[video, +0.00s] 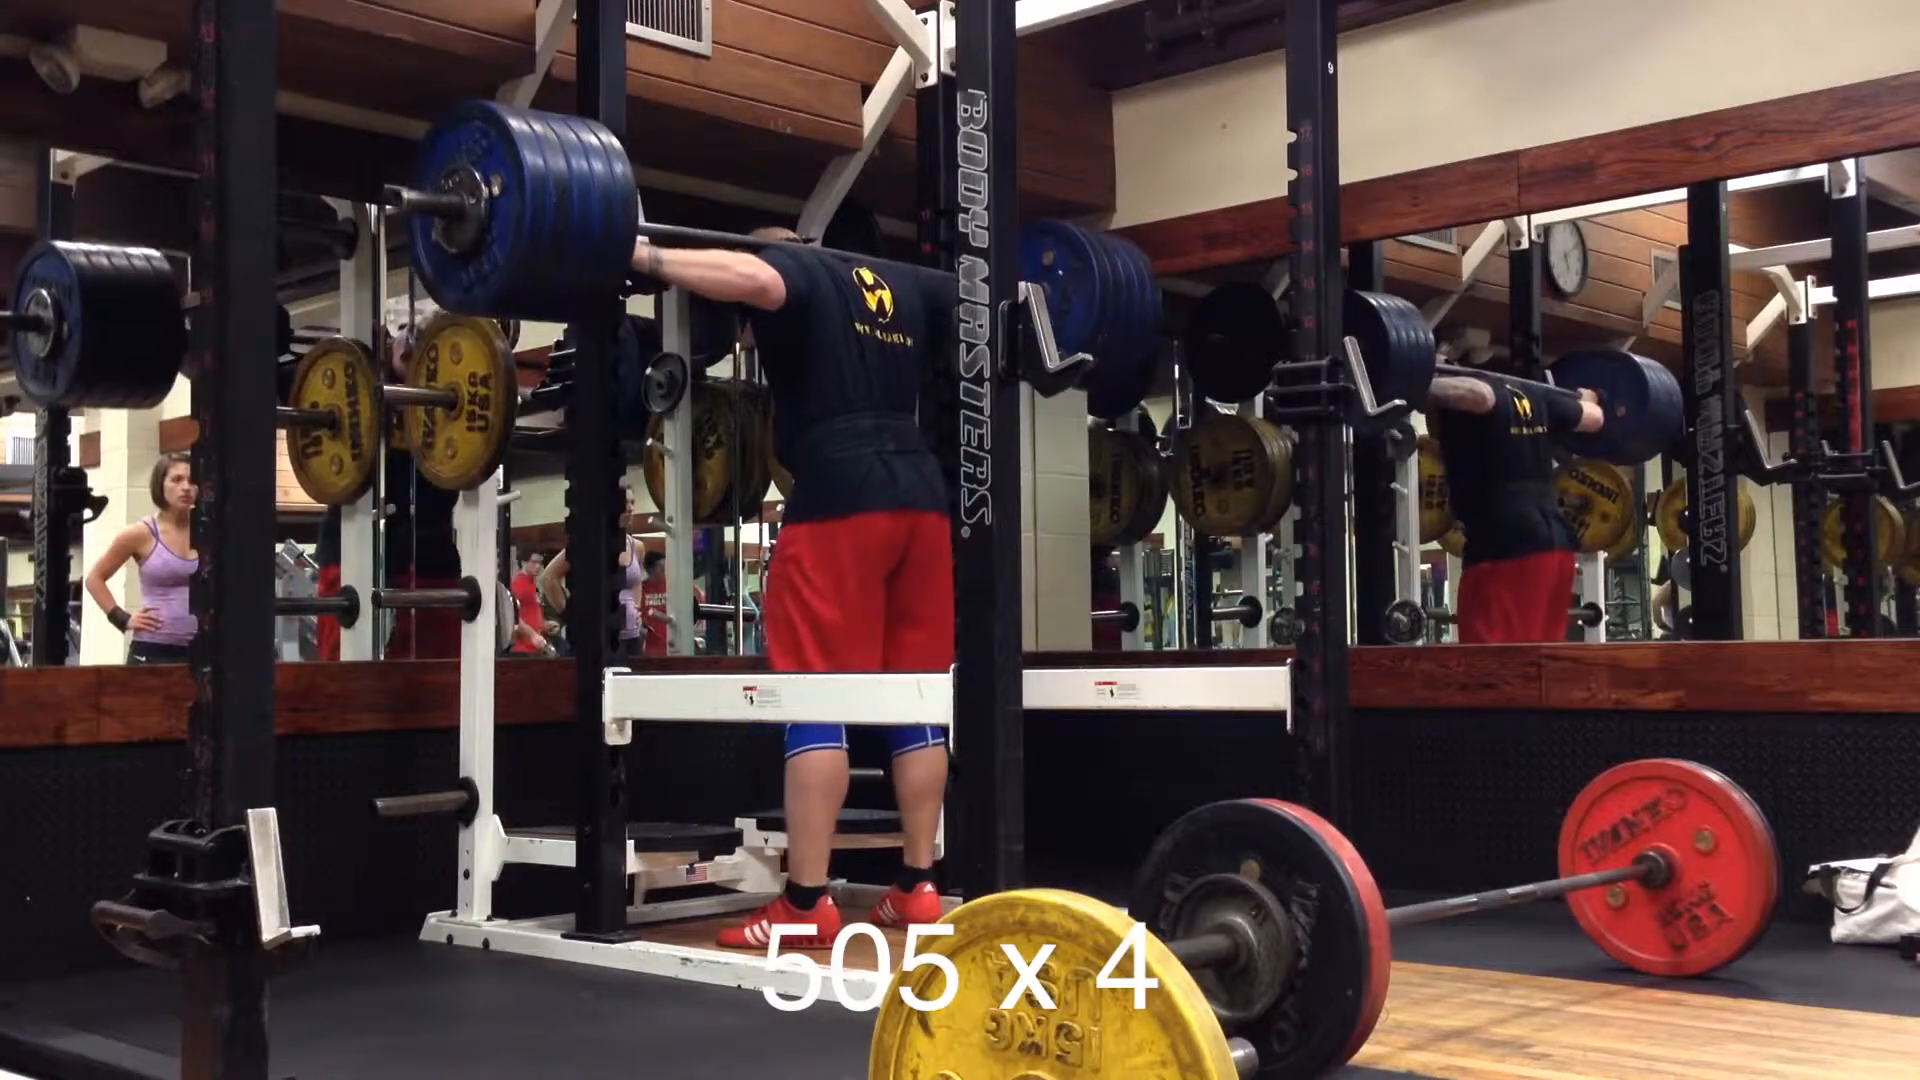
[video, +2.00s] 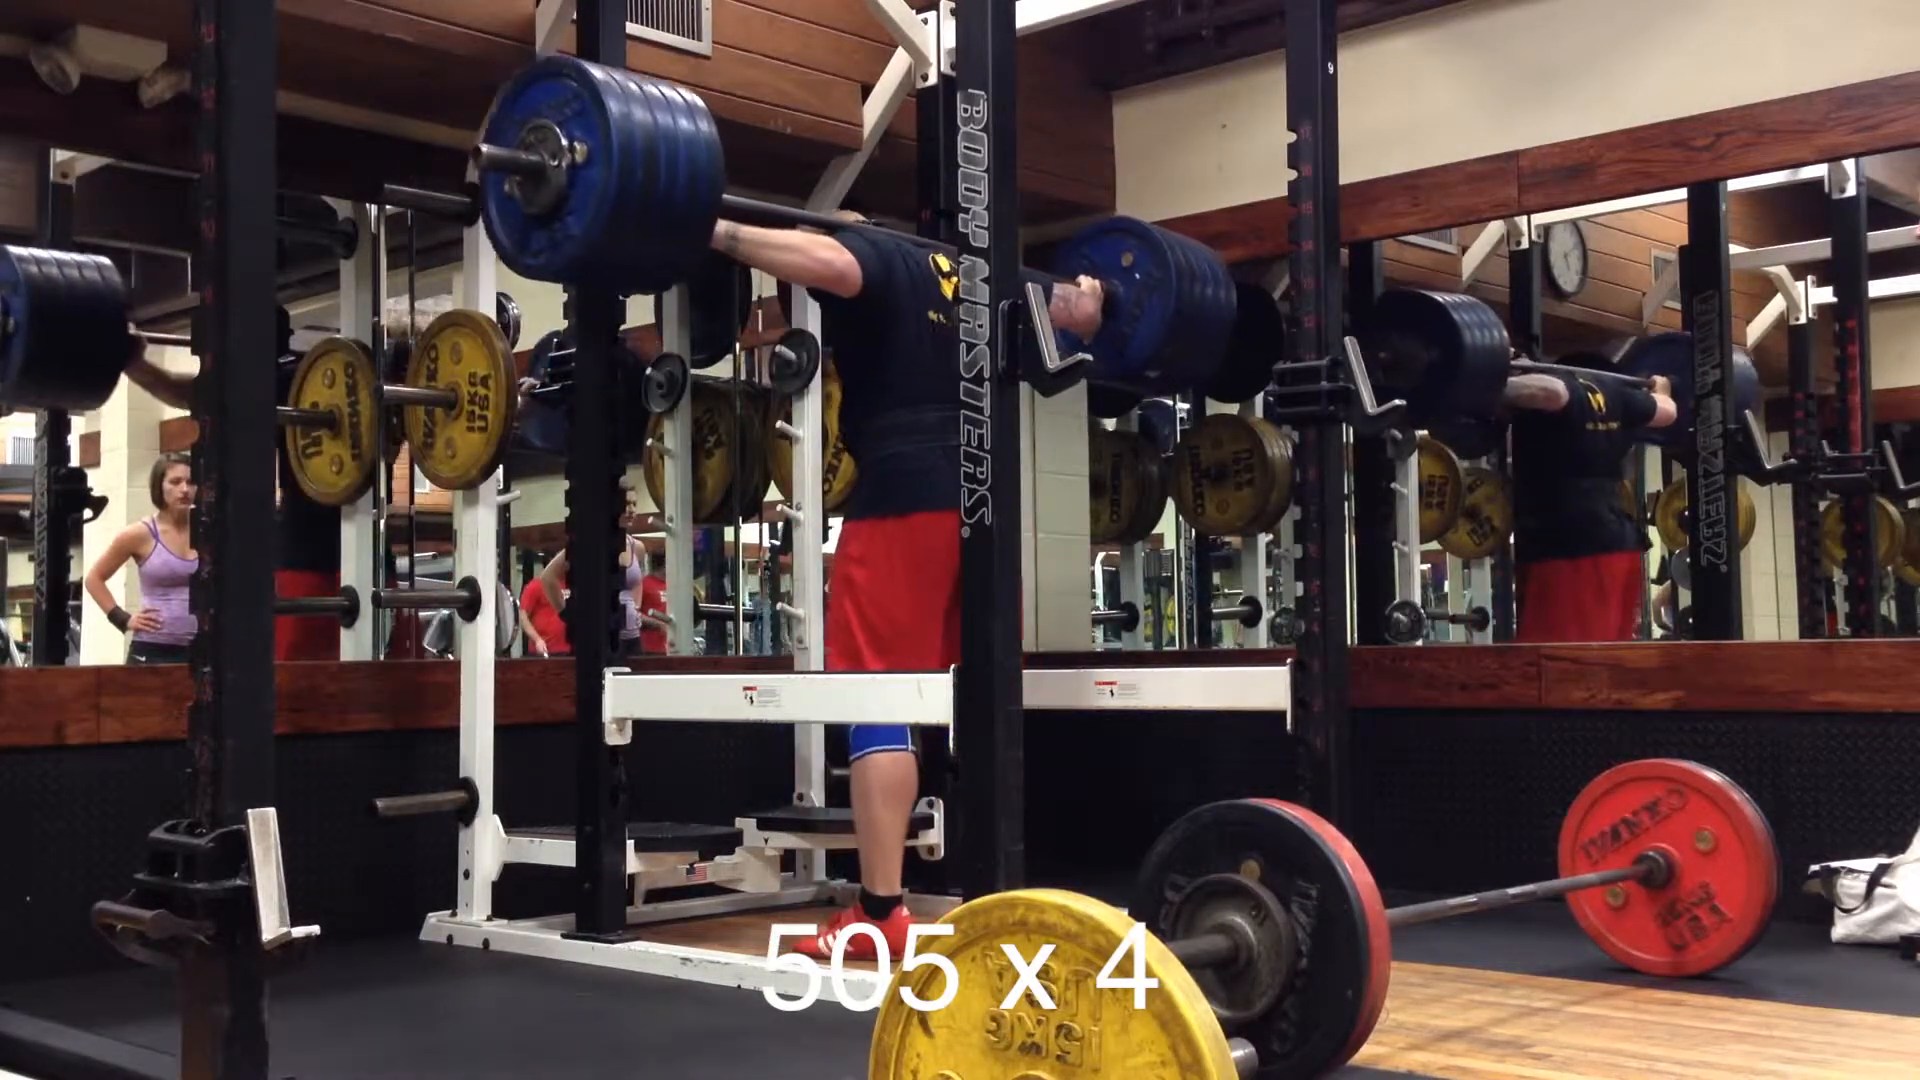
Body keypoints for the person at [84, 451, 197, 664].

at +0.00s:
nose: (186, 488)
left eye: (192, 480)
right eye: (177, 480)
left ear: (200, 487)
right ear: (160, 485)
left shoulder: (205, 529)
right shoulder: (140, 534)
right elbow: (94, 579)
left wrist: (212, 614)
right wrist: (123, 619)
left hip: (199, 647)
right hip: (153, 648)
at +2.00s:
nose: (185, 489)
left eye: (190, 482)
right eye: (175, 482)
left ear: (198, 487)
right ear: (159, 487)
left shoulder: (204, 528)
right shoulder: (140, 534)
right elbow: (93, 579)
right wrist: (124, 620)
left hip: (199, 648)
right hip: (153, 648)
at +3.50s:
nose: (203, 491)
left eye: (200, 485)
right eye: (197, 485)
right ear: (181, 491)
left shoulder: (205, 531)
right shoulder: (144, 534)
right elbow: (97, 580)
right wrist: (128, 620)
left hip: (201, 648)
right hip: (157, 649)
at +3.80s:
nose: (215, 496)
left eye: (218, 487)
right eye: (210, 488)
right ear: (196, 492)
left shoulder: (226, 532)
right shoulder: (167, 536)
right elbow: (118, 582)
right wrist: (155, 624)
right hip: (180, 651)